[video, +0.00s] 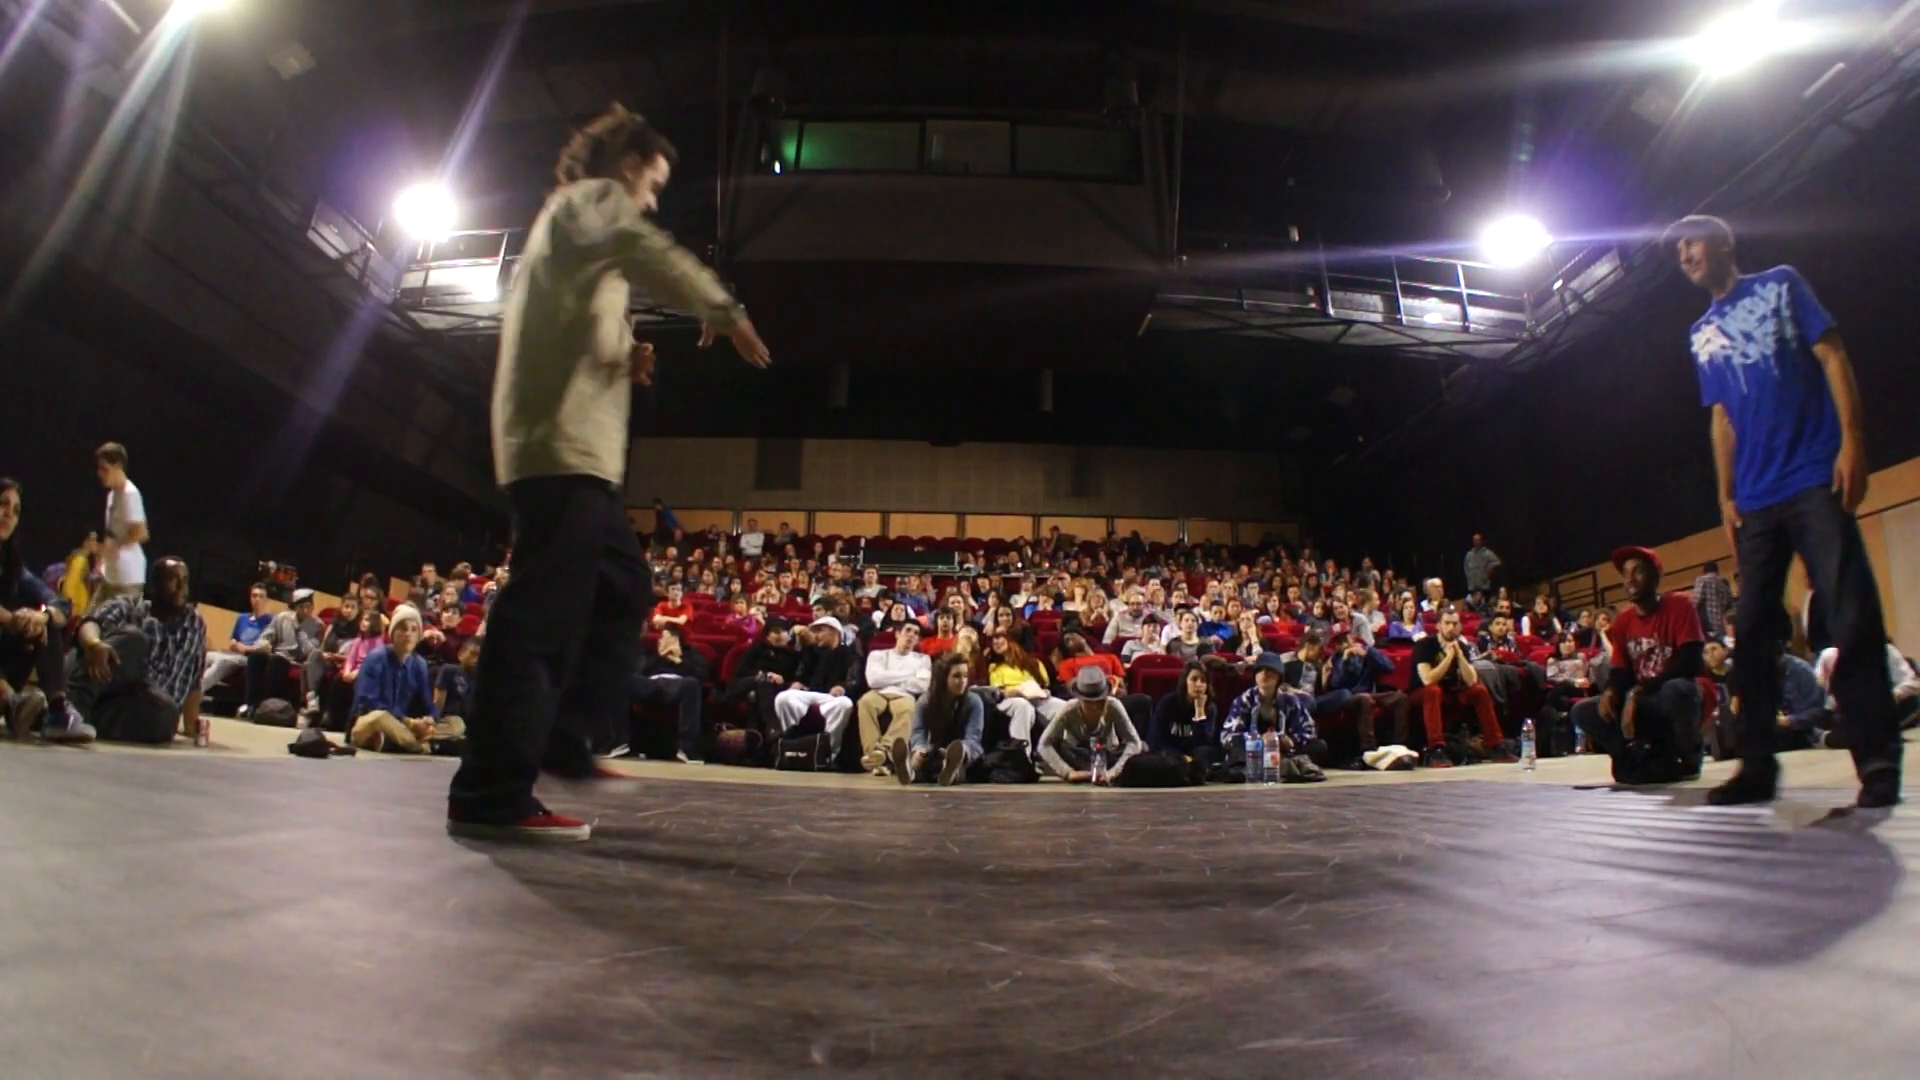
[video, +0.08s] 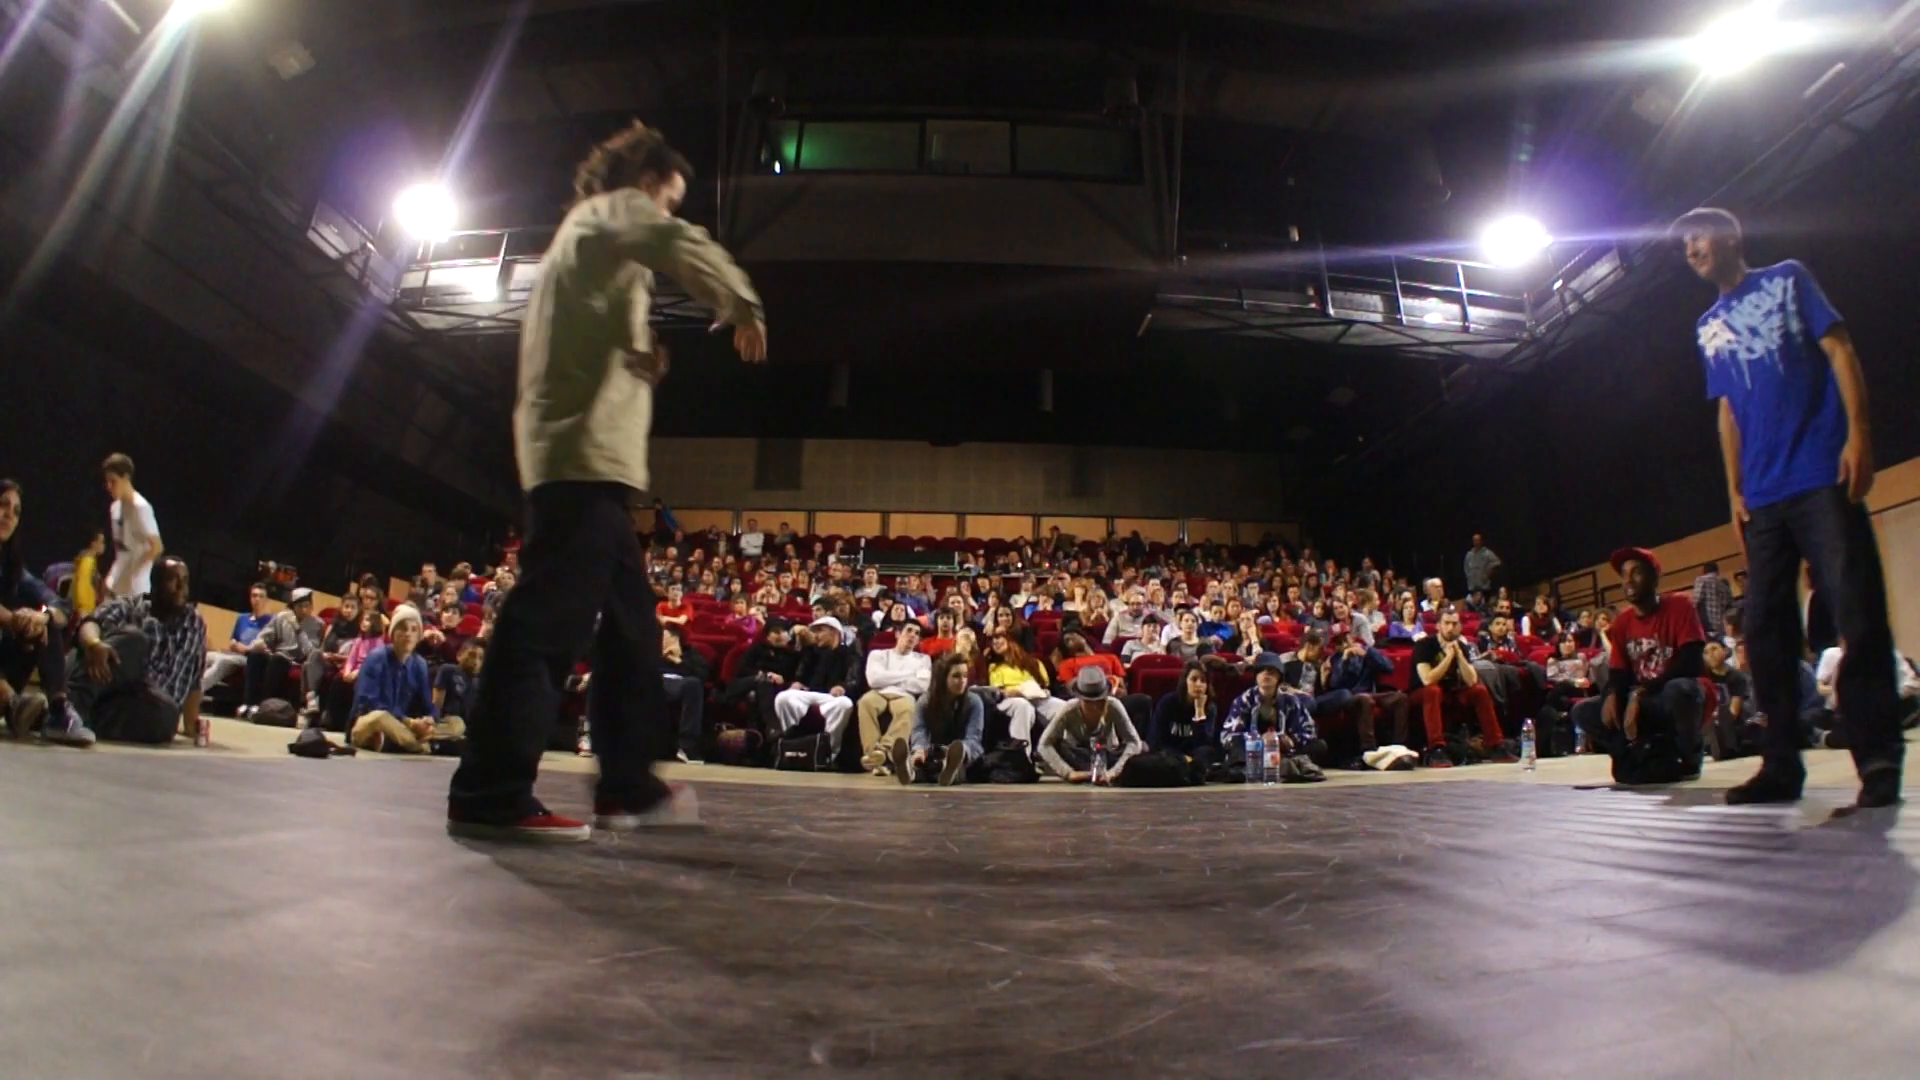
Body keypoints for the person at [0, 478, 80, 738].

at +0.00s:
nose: (7, 514)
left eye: (14, 509)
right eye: (3, 506)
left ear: (19, 517)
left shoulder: (12, 565)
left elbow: (60, 606)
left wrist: (43, 614)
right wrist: (11, 619)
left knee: (46, 623)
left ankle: (58, 708)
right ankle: (10, 703)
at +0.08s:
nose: (8, 516)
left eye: (14, 510)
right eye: (3, 507)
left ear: (19, 518)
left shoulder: (11, 566)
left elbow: (60, 607)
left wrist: (44, 614)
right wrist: (11, 618)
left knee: (46, 623)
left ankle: (59, 709)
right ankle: (11, 703)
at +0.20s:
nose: (9, 516)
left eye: (16, 511)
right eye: (4, 507)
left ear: (20, 519)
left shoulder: (12, 567)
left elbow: (60, 607)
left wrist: (44, 613)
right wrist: (12, 618)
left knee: (47, 622)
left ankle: (59, 707)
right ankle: (11, 704)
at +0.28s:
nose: (10, 518)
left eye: (17, 512)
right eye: (5, 508)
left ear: (21, 520)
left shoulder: (12, 564)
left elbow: (59, 607)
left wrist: (43, 613)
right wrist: (12, 619)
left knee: (45, 622)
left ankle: (59, 707)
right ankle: (11, 702)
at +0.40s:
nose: (14, 521)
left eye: (20, 515)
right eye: (8, 511)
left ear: (23, 521)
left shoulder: (13, 567)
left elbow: (63, 610)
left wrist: (44, 613)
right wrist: (12, 620)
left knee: (43, 624)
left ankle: (58, 709)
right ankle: (11, 704)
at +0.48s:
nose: (16, 522)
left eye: (22, 516)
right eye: (10, 511)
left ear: (25, 521)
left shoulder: (13, 567)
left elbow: (62, 610)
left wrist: (43, 614)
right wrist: (12, 621)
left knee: (42, 624)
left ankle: (58, 709)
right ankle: (12, 705)